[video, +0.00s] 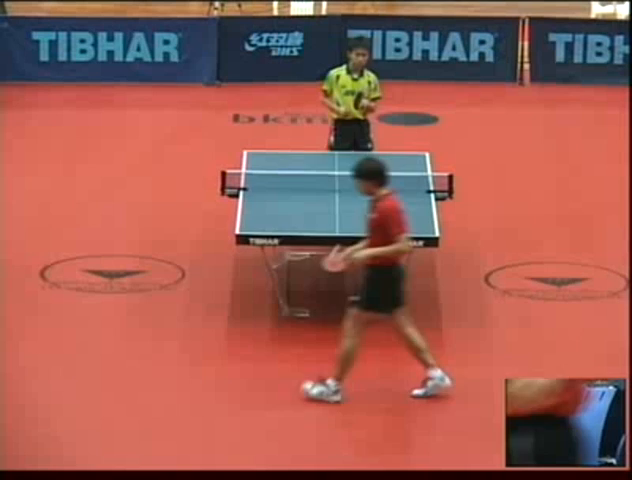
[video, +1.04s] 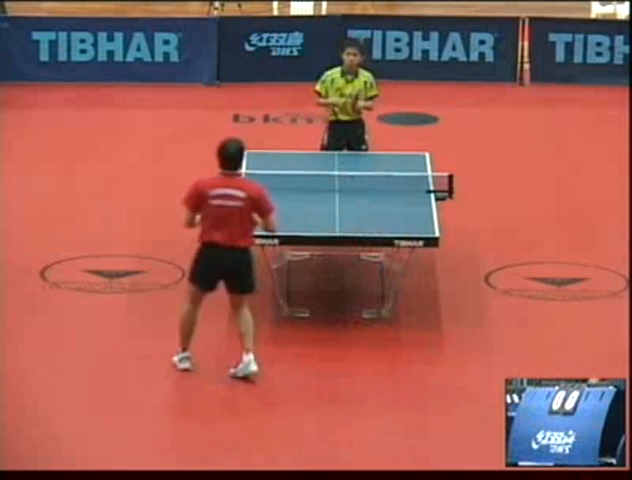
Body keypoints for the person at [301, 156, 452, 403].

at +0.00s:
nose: (358, 186)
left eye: (360, 181)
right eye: (358, 181)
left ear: (371, 181)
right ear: (377, 180)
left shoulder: (389, 206)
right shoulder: (379, 204)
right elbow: (376, 240)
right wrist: (351, 251)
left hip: (382, 274)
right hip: (386, 271)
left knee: (354, 323)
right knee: (402, 323)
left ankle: (335, 383)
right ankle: (434, 373)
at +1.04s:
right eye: (239, 158)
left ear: (218, 160)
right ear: (242, 161)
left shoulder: (203, 187)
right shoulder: (254, 190)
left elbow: (189, 222)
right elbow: (270, 226)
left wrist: (206, 215)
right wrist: (253, 218)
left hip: (210, 250)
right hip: (239, 253)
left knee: (193, 301)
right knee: (240, 305)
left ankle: (184, 353)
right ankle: (249, 356)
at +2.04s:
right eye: (227, 158)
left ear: (204, 158)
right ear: (226, 162)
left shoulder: (185, 178)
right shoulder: (229, 189)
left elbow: (164, 209)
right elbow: (257, 220)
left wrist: (181, 221)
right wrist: (260, 206)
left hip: (176, 241)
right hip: (203, 246)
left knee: (163, 289)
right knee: (230, 296)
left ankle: (152, 337)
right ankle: (238, 353)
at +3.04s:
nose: (226, 178)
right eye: (228, 175)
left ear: (205, 173)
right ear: (227, 177)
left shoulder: (187, 188)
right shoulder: (228, 200)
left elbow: (175, 210)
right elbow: (253, 236)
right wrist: (241, 237)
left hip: (168, 244)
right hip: (194, 250)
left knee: (162, 287)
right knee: (231, 298)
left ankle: (151, 337)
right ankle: (242, 355)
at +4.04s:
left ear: (229, 181)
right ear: (251, 185)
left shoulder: (212, 193)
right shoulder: (255, 208)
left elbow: (200, 205)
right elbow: (282, 226)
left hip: (192, 249)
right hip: (218, 256)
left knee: (171, 293)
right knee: (250, 302)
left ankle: (153, 338)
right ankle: (253, 357)